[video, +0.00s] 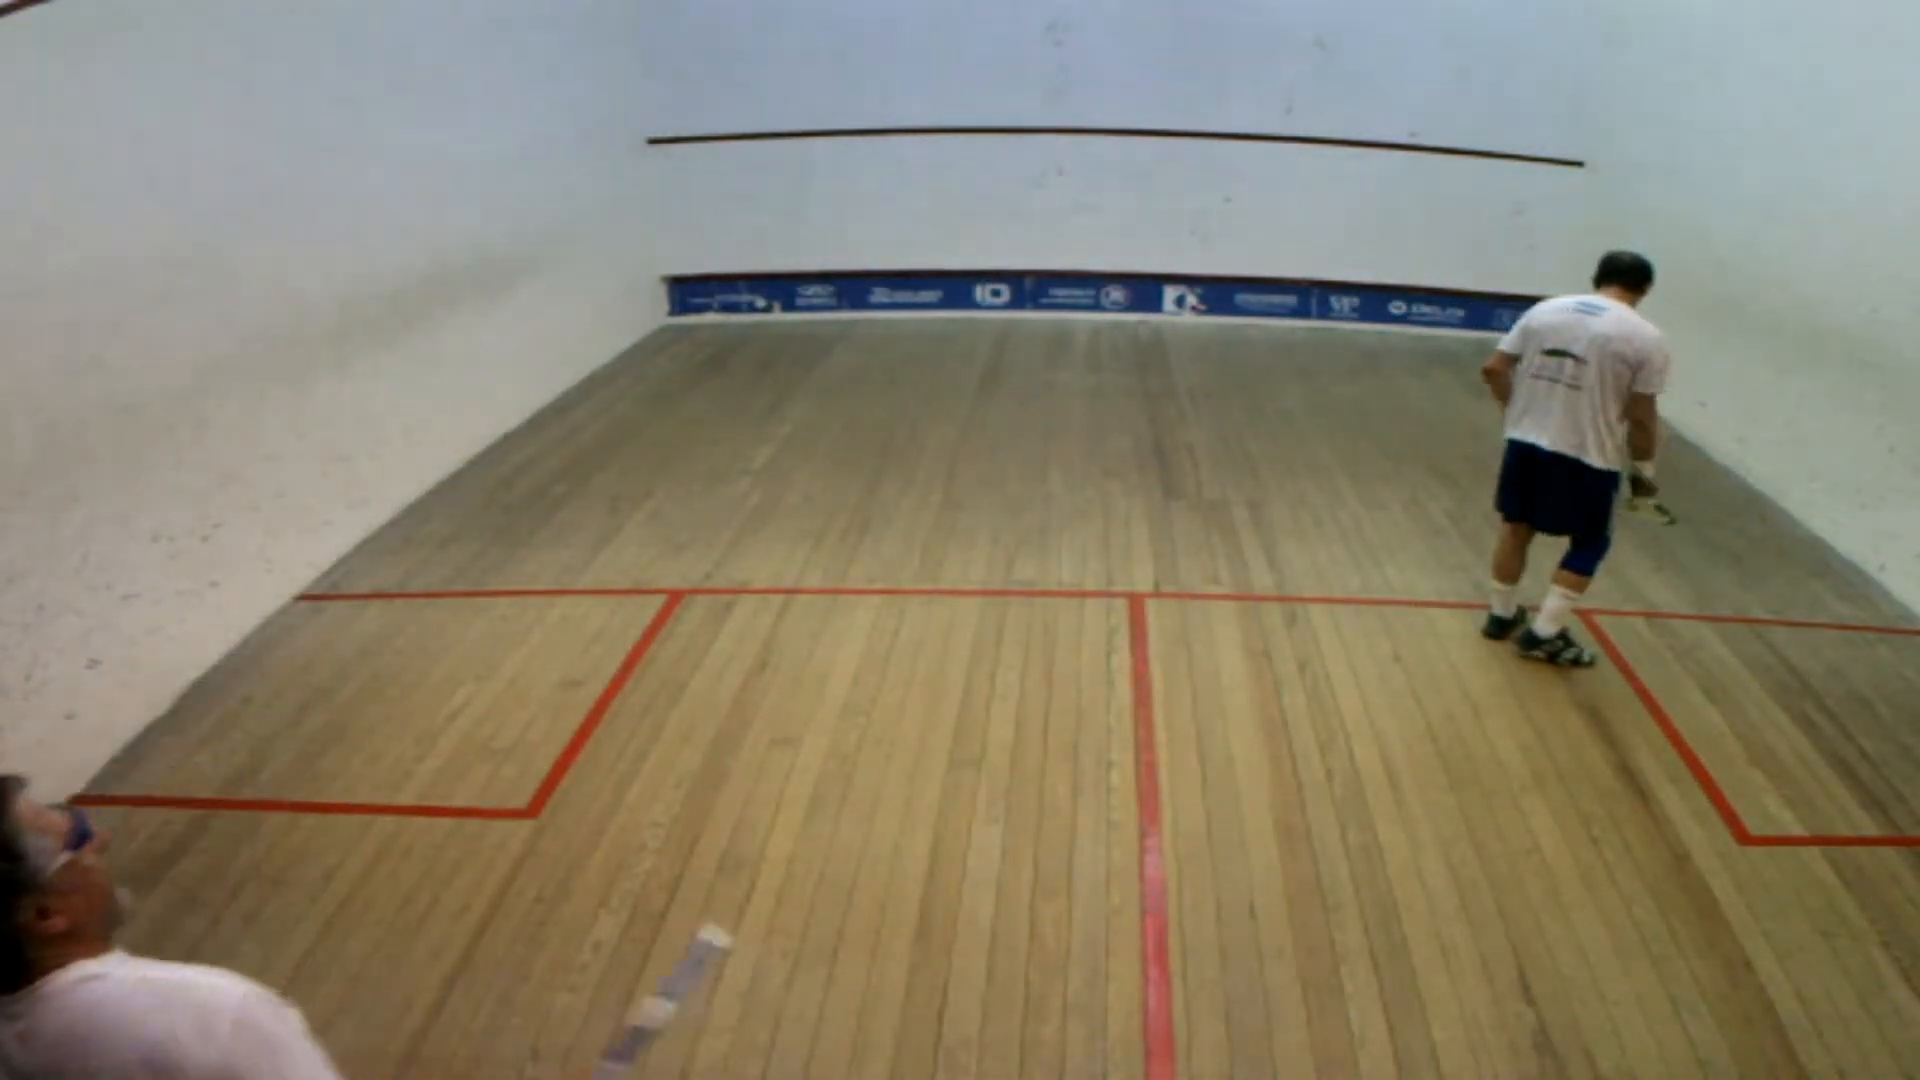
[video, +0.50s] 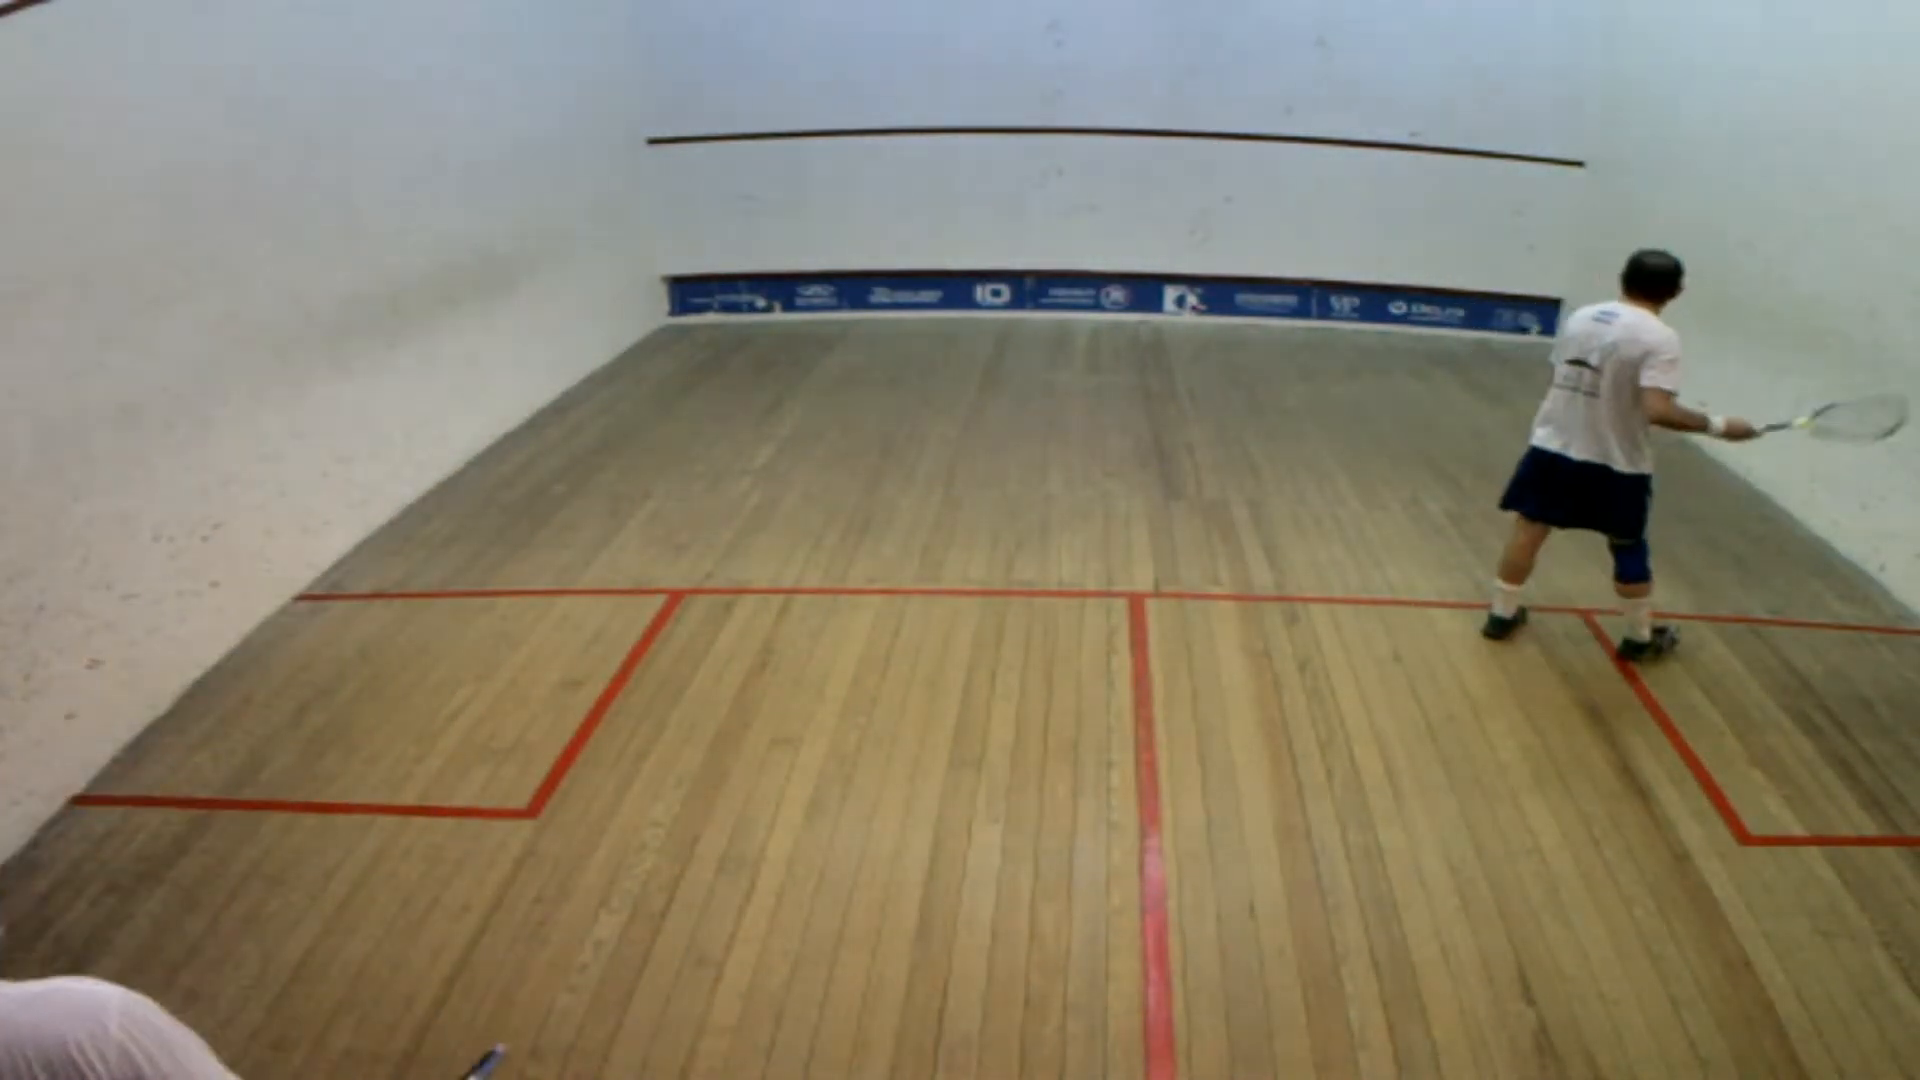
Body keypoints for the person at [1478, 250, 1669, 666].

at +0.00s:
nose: (1640, 299)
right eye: (1644, 294)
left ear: (1597, 280)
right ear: (1640, 290)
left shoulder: (1547, 310)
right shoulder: (1644, 337)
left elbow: (1495, 368)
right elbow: (1641, 416)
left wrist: (1520, 413)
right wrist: (1643, 470)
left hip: (1526, 445)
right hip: (1589, 460)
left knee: (1516, 528)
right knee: (1590, 542)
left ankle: (1500, 613)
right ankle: (1545, 630)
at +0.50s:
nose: (1676, 297)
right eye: (1676, 291)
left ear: (1625, 282)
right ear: (1670, 294)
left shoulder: (1579, 319)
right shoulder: (1659, 338)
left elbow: (1559, 381)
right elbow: (1658, 410)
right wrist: (1717, 425)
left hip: (1552, 453)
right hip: (1618, 467)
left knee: (1527, 532)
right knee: (1629, 552)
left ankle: (1500, 615)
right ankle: (1639, 634)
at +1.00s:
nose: (1759, 311)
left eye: (1758, 303)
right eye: (1760, 304)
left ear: (1712, 292)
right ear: (1751, 309)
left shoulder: (1672, 324)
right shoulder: (1725, 356)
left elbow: (1672, 391)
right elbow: (1739, 428)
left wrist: (1739, 398)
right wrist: (1807, 408)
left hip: (1614, 450)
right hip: (1672, 477)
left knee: (1572, 526)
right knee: (1663, 558)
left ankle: (1512, 603)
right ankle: (1640, 636)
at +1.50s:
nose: (1785, 321)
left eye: (1785, 313)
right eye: (1785, 315)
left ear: (1733, 300)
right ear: (1775, 316)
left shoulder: (1682, 329)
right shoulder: (1772, 371)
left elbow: (1612, 348)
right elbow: (1841, 407)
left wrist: (1610, 353)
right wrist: (1897, 417)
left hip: (1625, 454)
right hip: (1690, 484)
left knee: (1579, 521)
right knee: (1676, 560)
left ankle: (1520, 586)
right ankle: (1639, 636)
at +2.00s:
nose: (1607, 320)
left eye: (1612, 313)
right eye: (1610, 312)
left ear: (1627, 321)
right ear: (1658, 320)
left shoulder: (1639, 374)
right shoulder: (1675, 353)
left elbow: (1649, 457)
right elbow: (1590, 382)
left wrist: (1575, 445)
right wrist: (1520, 390)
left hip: (1632, 507)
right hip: (1680, 500)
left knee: (1573, 581)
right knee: (1656, 575)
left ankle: (1633, 673)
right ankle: (1646, 654)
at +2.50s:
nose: (1361, 335)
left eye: (1374, 328)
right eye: (1365, 324)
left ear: (1414, 338)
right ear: (1422, 339)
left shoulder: (1405, 400)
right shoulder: (1469, 383)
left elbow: (1402, 492)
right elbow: (1452, 468)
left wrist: (1359, 485)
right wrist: (1379, 478)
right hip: (1466, 542)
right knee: (1385, 585)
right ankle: (1409, 665)